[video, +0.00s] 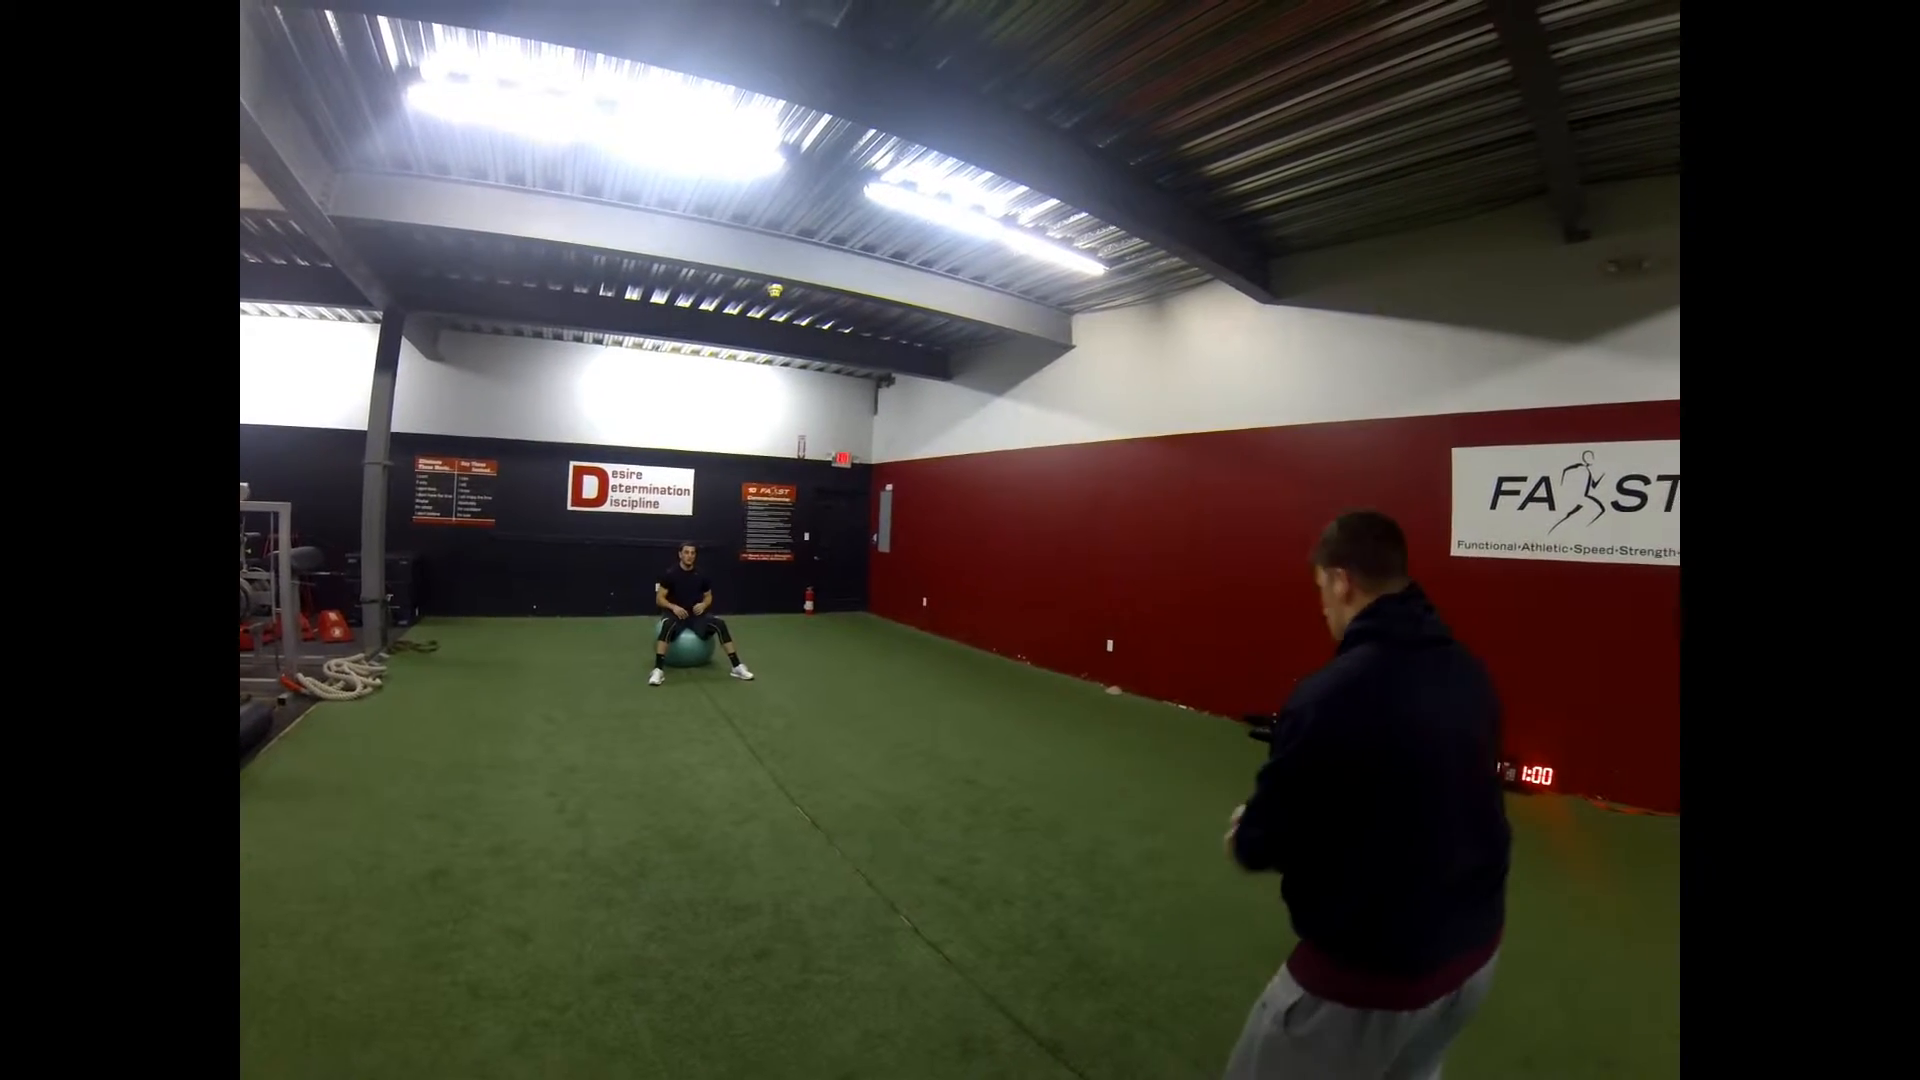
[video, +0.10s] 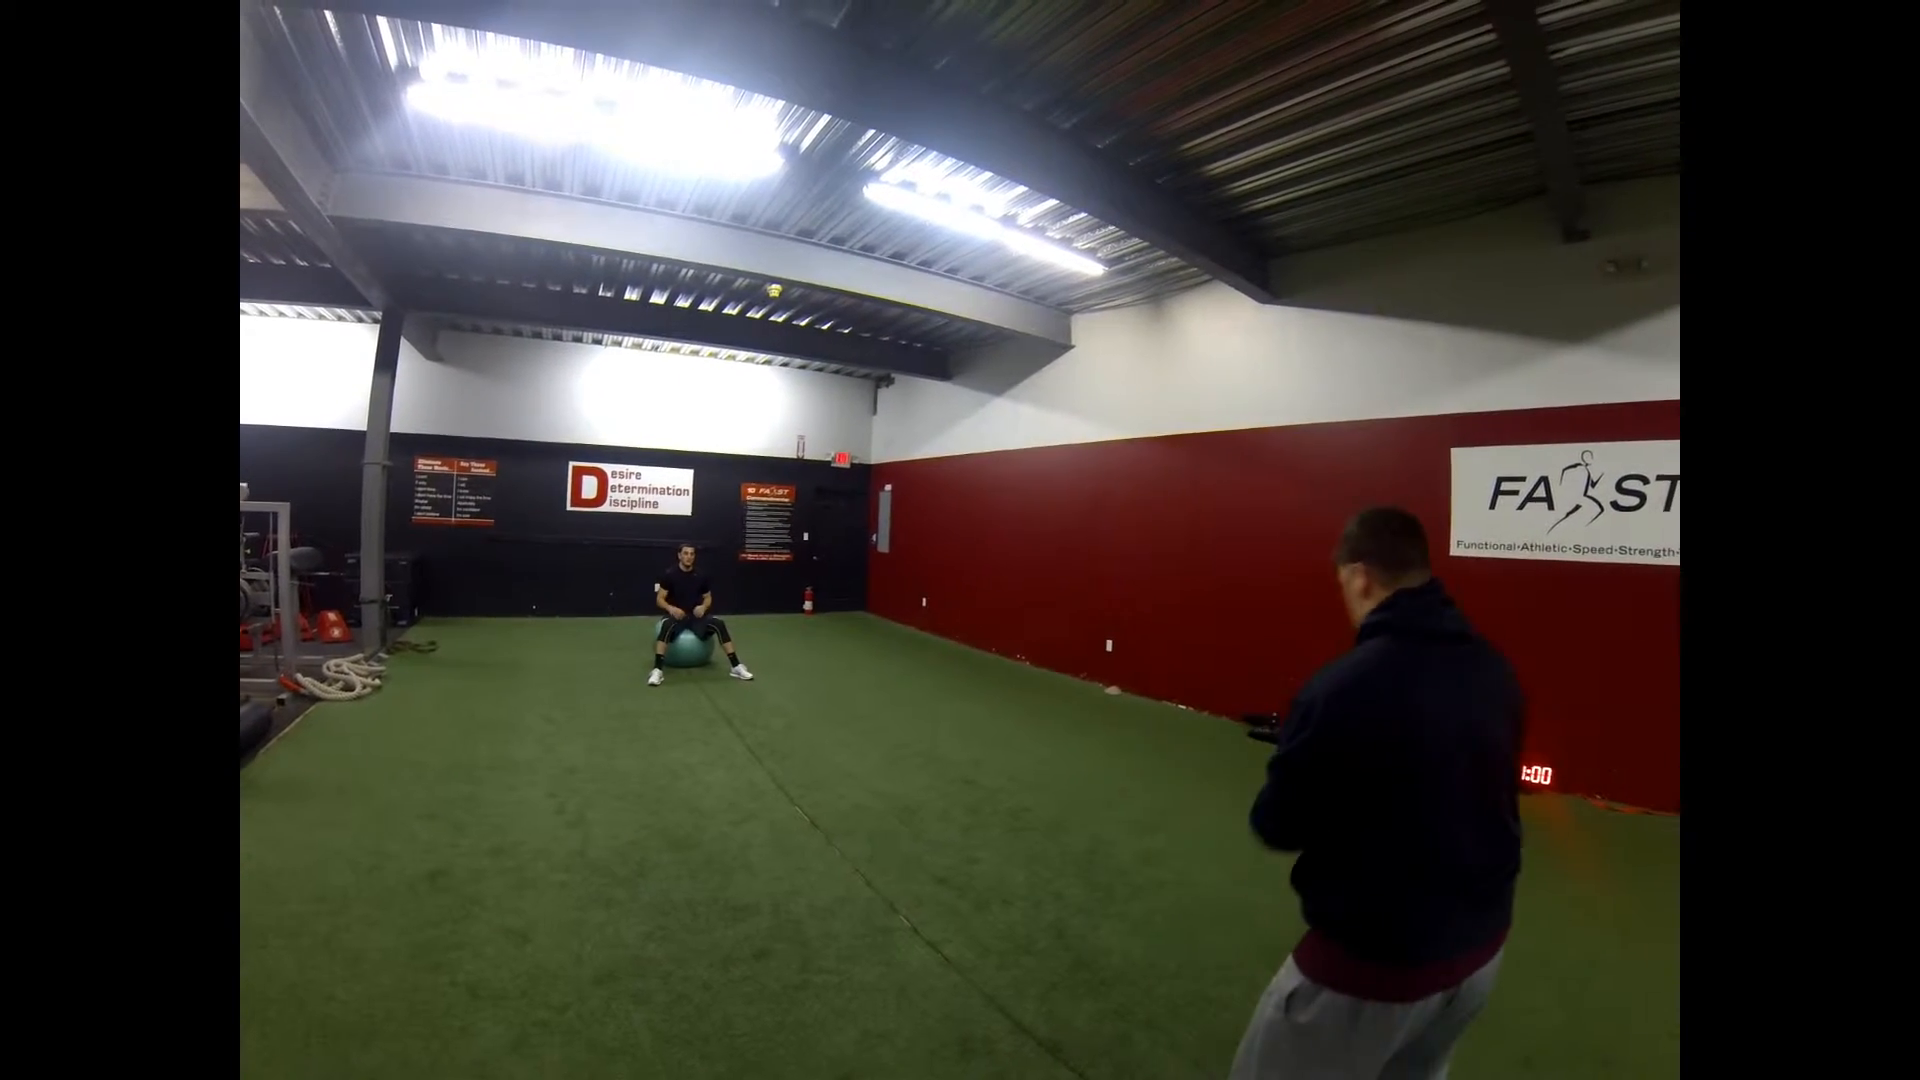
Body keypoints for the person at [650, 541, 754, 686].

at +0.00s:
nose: (689, 556)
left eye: (692, 553)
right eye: (686, 552)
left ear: (695, 556)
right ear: (680, 554)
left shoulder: (701, 574)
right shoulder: (670, 574)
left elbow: (708, 597)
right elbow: (659, 599)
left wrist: (703, 605)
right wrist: (674, 607)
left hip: (696, 615)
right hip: (676, 615)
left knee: (720, 624)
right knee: (667, 625)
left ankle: (737, 666)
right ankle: (658, 669)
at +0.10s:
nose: (688, 557)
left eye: (691, 554)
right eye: (685, 553)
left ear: (694, 557)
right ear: (679, 555)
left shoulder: (700, 575)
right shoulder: (670, 575)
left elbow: (708, 598)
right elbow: (659, 599)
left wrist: (703, 607)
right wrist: (671, 609)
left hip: (696, 617)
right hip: (677, 616)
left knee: (719, 624)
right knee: (666, 625)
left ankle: (736, 666)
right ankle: (657, 670)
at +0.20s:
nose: (687, 557)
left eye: (690, 554)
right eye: (684, 553)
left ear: (694, 557)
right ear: (678, 556)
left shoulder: (700, 575)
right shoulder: (669, 576)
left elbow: (708, 598)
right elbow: (660, 599)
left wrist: (703, 608)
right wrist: (669, 609)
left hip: (695, 616)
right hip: (677, 616)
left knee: (718, 624)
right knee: (666, 625)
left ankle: (736, 666)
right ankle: (657, 669)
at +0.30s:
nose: (688, 557)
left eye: (691, 554)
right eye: (685, 554)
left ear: (694, 557)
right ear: (679, 556)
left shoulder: (701, 576)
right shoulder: (670, 576)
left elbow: (709, 599)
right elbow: (661, 600)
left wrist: (703, 609)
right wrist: (673, 610)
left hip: (697, 617)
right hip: (678, 617)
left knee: (719, 626)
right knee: (667, 627)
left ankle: (736, 668)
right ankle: (657, 671)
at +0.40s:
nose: (689, 559)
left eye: (692, 556)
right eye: (686, 555)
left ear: (695, 559)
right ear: (680, 558)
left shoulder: (702, 577)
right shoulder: (671, 578)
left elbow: (710, 600)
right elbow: (661, 602)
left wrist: (704, 610)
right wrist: (675, 610)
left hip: (698, 618)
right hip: (679, 619)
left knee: (720, 627)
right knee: (668, 630)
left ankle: (737, 669)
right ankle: (658, 673)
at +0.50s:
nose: (690, 561)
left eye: (693, 558)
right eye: (687, 558)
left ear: (696, 561)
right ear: (681, 560)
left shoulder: (703, 580)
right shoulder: (671, 581)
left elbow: (710, 603)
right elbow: (662, 604)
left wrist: (705, 613)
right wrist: (678, 613)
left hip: (699, 621)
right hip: (679, 622)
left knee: (721, 629)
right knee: (668, 631)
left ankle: (737, 671)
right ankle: (659, 675)